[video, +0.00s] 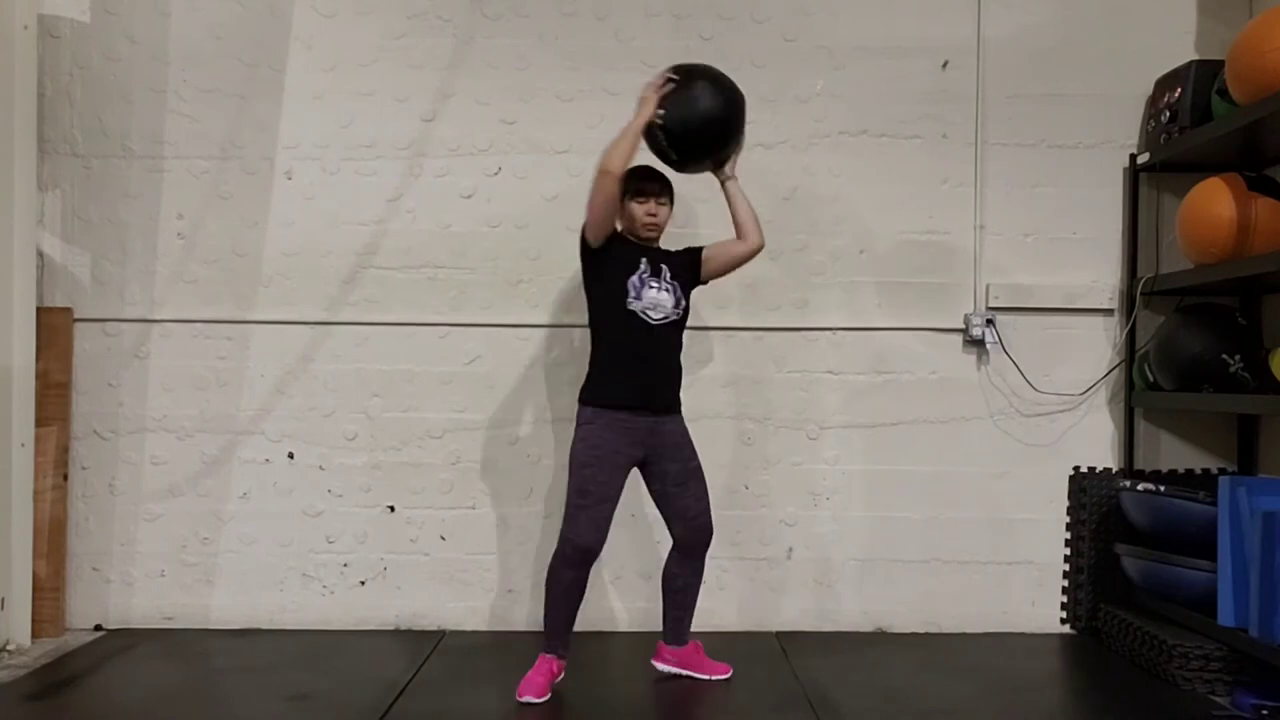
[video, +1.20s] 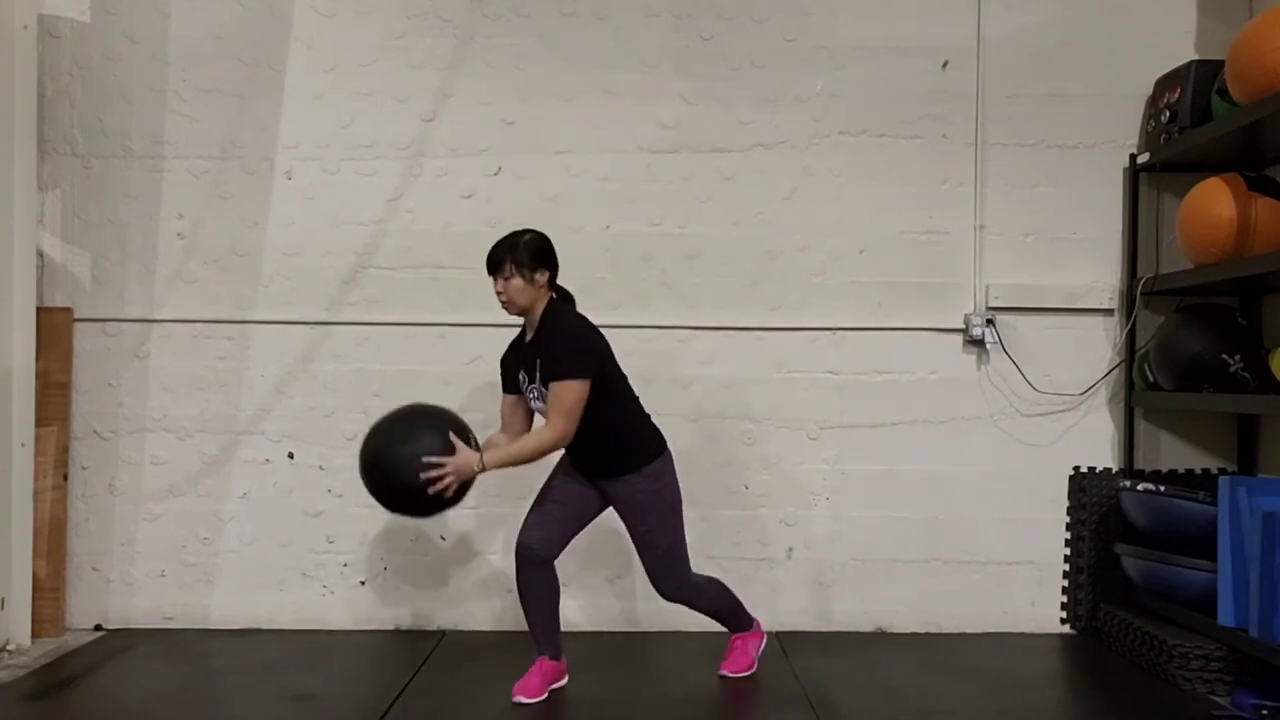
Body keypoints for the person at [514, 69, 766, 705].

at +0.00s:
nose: (653, 207)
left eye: (662, 199)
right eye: (643, 197)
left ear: (671, 210)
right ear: (621, 204)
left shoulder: (681, 265)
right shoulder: (603, 252)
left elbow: (750, 242)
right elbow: (608, 176)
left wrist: (725, 173)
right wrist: (643, 116)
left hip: (665, 425)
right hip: (606, 423)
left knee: (695, 533)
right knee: (580, 543)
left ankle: (676, 645)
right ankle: (552, 655)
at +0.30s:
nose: (587, 212)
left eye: (597, 203)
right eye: (584, 205)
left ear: (626, 204)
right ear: (583, 213)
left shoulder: (655, 257)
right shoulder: (575, 261)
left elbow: (679, 194)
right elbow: (533, 192)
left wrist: (670, 122)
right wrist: (564, 120)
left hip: (647, 430)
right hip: (583, 431)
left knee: (684, 539)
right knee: (550, 544)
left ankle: (738, 624)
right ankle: (547, 656)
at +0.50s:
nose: (562, 237)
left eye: (570, 227)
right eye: (557, 229)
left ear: (599, 226)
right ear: (558, 235)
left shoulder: (634, 276)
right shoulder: (568, 281)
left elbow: (594, 242)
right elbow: (506, 260)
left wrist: (585, 157)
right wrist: (499, 188)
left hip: (655, 446)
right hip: (599, 446)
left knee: (680, 560)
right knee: (548, 540)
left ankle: (743, 627)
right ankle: (548, 657)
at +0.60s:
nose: (559, 274)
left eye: (567, 263)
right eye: (555, 266)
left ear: (597, 256)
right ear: (557, 267)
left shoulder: (628, 305)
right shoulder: (572, 309)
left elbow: (576, 335)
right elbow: (509, 348)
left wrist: (532, 266)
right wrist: (474, 293)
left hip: (663, 461)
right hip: (610, 460)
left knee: (673, 581)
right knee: (551, 541)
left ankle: (745, 628)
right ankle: (549, 658)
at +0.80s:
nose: (528, 323)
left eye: (536, 311)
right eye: (525, 313)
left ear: (571, 311)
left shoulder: (606, 373)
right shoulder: (544, 379)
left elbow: (619, 469)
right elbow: (540, 455)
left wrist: (610, 553)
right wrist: (525, 531)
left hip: (659, 496)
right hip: (603, 486)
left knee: (663, 620)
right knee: (540, 551)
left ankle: (744, 627)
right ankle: (551, 661)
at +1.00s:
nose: (507, 309)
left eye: (515, 298)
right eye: (504, 299)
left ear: (551, 298)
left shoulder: (591, 358)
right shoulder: (525, 373)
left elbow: (598, 455)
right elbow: (517, 452)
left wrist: (551, 523)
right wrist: (483, 505)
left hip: (647, 483)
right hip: (591, 479)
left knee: (663, 603)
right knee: (534, 551)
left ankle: (744, 627)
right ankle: (550, 659)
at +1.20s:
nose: (498, 287)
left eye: (509, 277)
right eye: (495, 278)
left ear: (542, 279)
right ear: (495, 282)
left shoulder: (572, 337)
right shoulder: (516, 356)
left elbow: (559, 432)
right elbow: (512, 432)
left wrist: (483, 462)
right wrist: (466, 459)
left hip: (639, 467)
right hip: (584, 468)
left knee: (673, 581)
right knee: (532, 550)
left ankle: (747, 630)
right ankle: (550, 661)